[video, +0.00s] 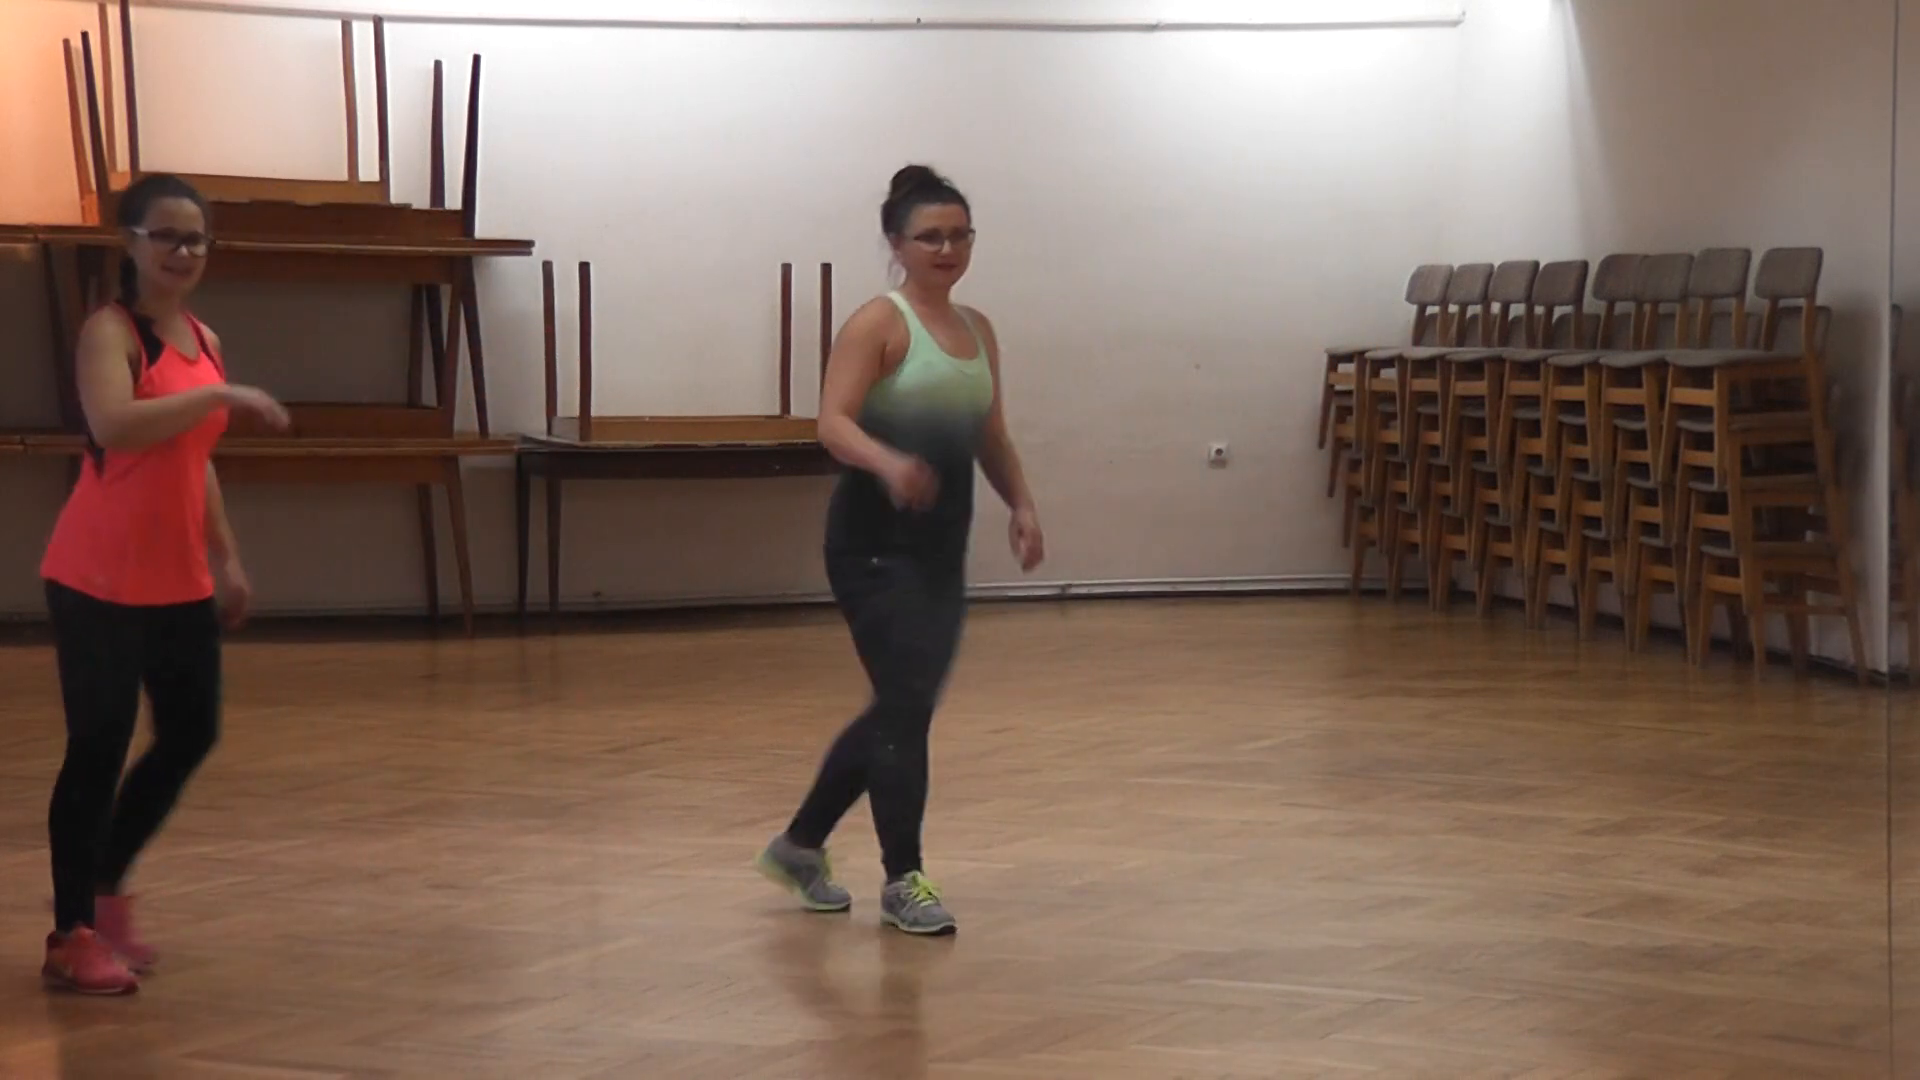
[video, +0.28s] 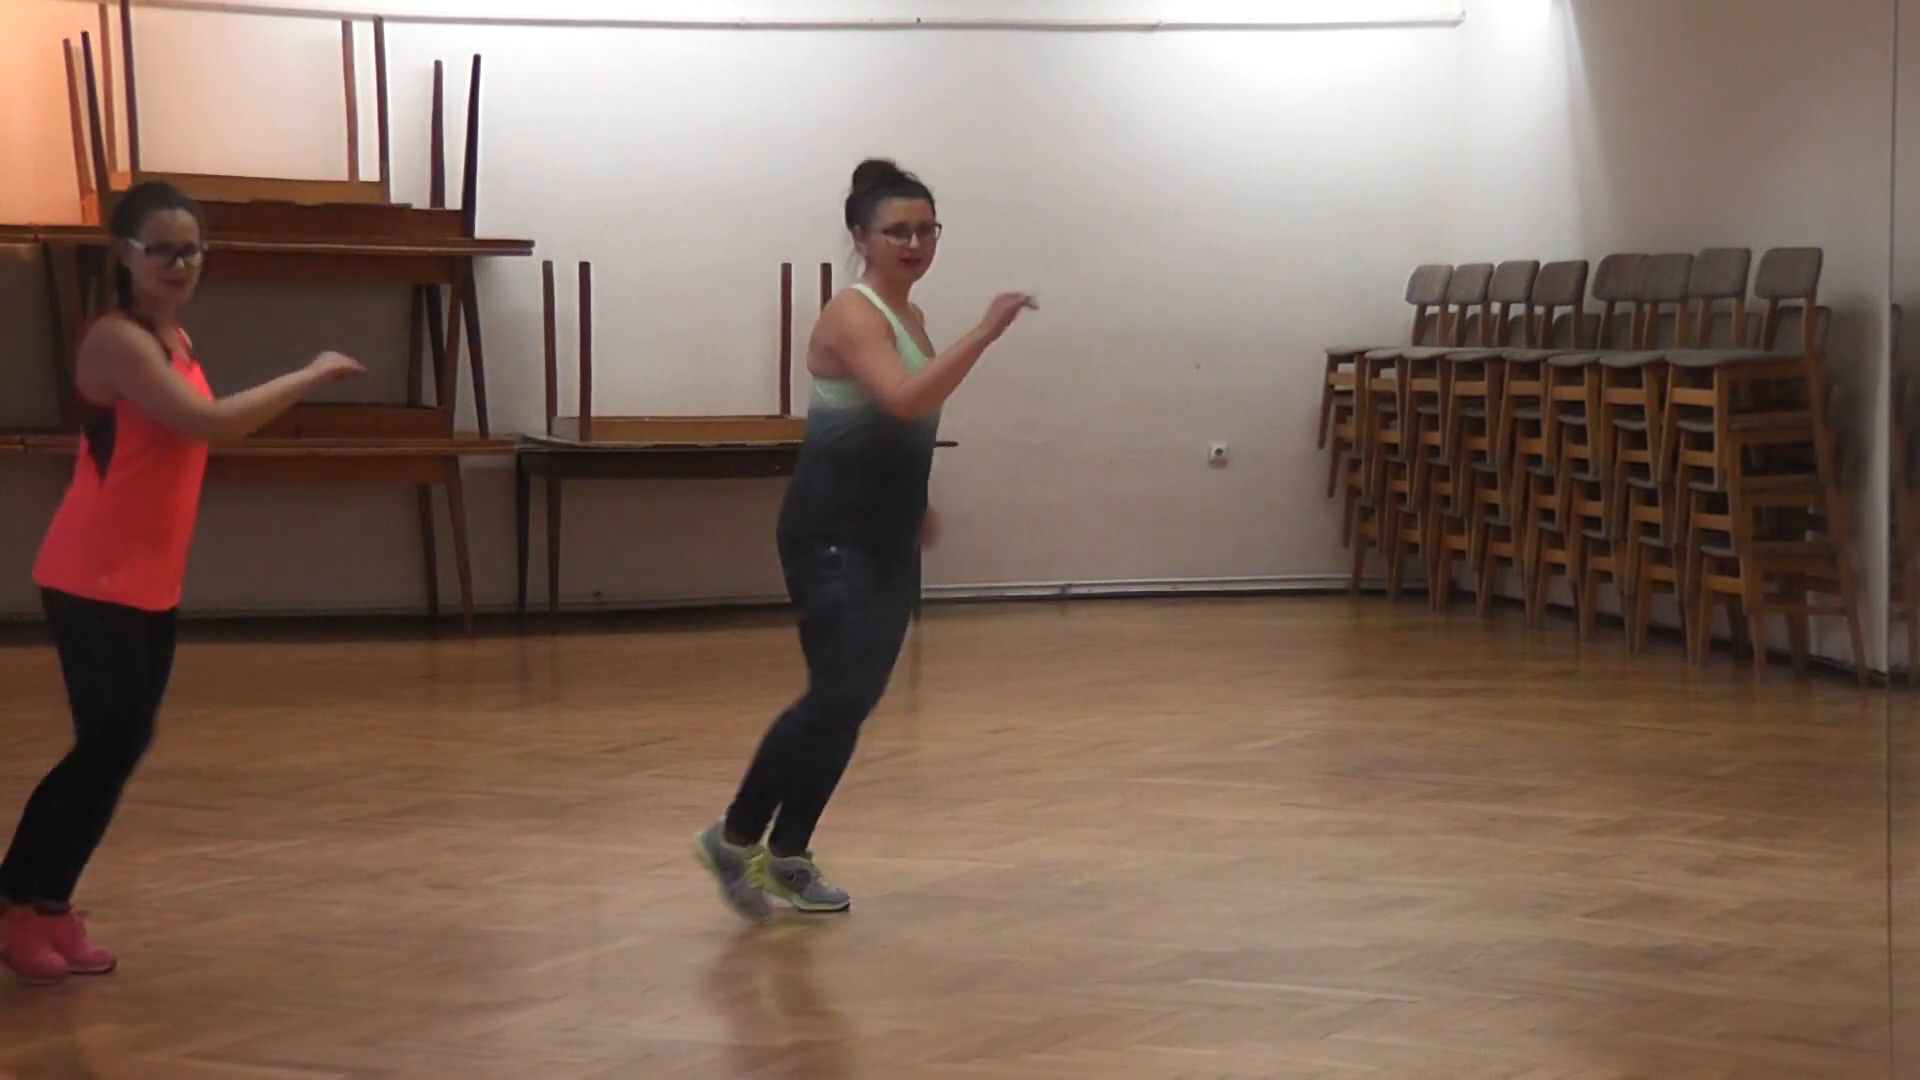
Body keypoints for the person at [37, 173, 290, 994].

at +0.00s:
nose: (182, 252)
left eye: (194, 240)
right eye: (166, 237)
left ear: (208, 250)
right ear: (130, 241)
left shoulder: (200, 338)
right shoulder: (108, 328)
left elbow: (195, 460)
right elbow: (111, 424)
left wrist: (226, 553)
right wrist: (222, 396)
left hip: (178, 577)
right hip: (98, 576)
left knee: (190, 732)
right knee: (97, 744)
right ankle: (72, 932)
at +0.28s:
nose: (179, 265)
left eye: (191, 251)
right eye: (162, 251)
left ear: (202, 255)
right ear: (122, 254)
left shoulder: (173, 342)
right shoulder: (114, 341)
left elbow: (164, 453)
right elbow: (213, 422)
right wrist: (307, 377)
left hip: (147, 583)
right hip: (92, 581)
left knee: (123, 739)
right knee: (110, 739)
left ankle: (51, 906)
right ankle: (18, 904)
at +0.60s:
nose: (244, 299)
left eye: (253, 285)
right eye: (226, 286)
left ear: (260, 289)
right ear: (185, 291)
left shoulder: (182, 376)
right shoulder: (209, 380)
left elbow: (115, 479)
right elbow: (316, 463)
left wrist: (71, 561)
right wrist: (427, 523)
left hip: (194, 617)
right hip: (147, 614)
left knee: (266, 739)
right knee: (71, 764)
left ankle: (244, 927)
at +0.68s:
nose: (273, 294)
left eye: (281, 280)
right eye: (255, 282)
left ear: (289, 283)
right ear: (214, 289)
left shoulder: (213, 371)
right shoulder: (239, 377)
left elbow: (159, 482)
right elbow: (308, 492)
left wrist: (127, 579)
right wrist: (380, 579)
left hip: (228, 612)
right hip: (194, 612)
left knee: (288, 743)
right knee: (167, 767)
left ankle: (248, 928)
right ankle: (19, 895)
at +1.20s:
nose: (475, 265)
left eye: (482, 250)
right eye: (455, 256)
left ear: (494, 257)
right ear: (420, 273)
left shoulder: (495, 349)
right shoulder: (421, 360)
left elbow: (501, 472)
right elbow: (373, 472)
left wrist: (572, 529)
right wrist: (343, 569)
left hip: (491, 582)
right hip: (438, 584)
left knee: (504, 742)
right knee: (502, 740)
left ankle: (366, 848)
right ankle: (504, 923)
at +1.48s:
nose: (588, 260)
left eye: (596, 247)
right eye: (569, 250)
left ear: (611, 257)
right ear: (533, 265)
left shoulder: (635, 357)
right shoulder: (514, 358)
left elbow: (658, 465)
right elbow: (487, 469)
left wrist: (694, 554)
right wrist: (605, 449)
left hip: (617, 586)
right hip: (531, 587)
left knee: (669, 730)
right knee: (545, 737)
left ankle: (699, 900)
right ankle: (506, 923)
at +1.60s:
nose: (632, 264)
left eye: (642, 252)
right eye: (613, 253)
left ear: (654, 261)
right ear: (576, 266)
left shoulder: (686, 358)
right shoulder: (552, 364)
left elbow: (724, 468)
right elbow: (534, 472)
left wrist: (741, 566)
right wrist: (618, 437)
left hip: (673, 581)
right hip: (576, 586)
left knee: (707, 734)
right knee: (575, 739)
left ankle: (708, 902)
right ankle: (540, 902)